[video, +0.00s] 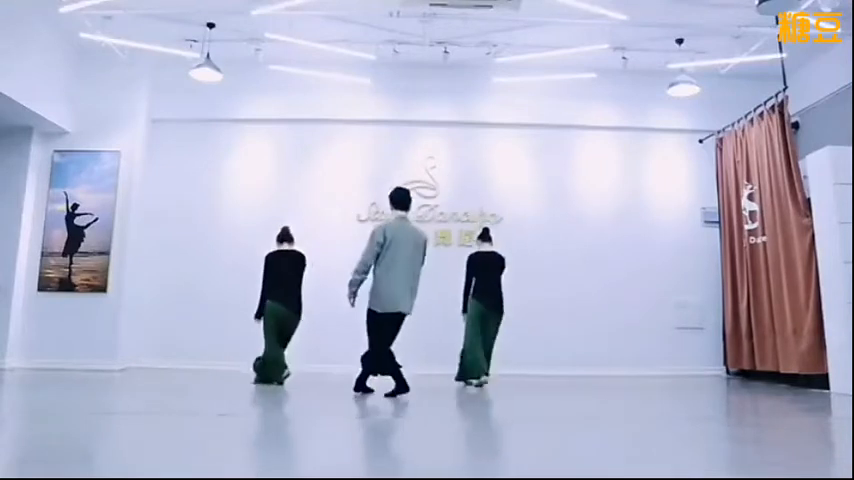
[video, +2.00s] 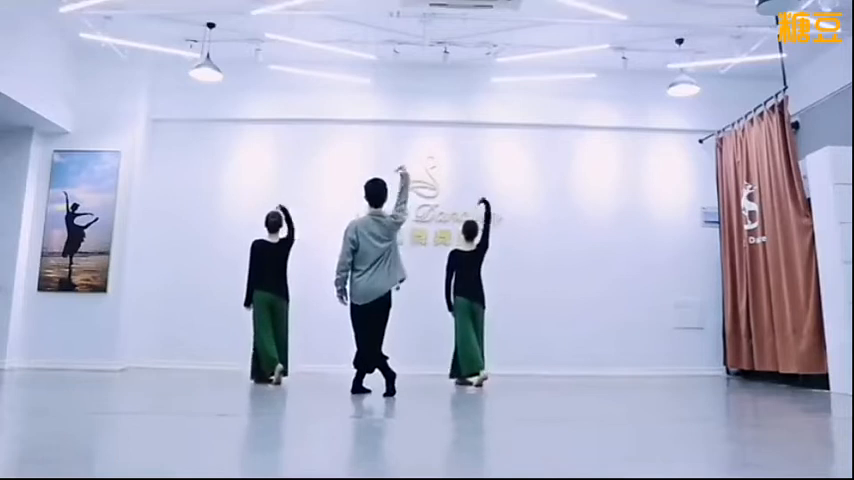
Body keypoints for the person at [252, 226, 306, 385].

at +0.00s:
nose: (285, 245)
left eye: (281, 242)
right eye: (287, 242)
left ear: (277, 241)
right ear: (293, 241)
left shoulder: (271, 257)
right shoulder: (301, 258)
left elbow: (266, 286)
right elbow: (297, 284)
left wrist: (260, 309)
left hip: (273, 303)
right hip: (294, 306)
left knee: (271, 340)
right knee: (281, 344)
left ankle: (279, 370)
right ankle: (265, 372)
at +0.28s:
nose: (279, 241)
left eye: (275, 238)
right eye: (283, 237)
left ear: (272, 237)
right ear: (288, 237)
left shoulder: (265, 252)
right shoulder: (294, 250)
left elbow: (261, 281)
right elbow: (293, 280)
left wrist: (256, 305)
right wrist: (296, 306)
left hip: (269, 300)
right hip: (290, 302)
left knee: (270, 338)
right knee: (279, 341)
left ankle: (279, 368)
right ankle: (264, 376)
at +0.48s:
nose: (279, 235)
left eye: (274, 232)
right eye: (281, 232)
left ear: (270, 232)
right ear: (286, 231)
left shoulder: (263, 247)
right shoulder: (292, 245)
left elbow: (258, 277)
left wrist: (254, 301)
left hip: (267, 296)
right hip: (287, 296)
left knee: (268, 334)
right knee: (283, 335)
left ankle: (278, 366)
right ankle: (267, 372)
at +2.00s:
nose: (274, 226)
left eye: (271, 223)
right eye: (277, 224)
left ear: (265, 226)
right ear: (281, 227)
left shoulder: (257, 245)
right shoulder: (285, 246)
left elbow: (252, 274)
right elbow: (291, 231)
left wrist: (248, 298)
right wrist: (287, 215)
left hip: (261, 292)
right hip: (280, 293)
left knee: (263, 330)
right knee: (278, 331)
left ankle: (275, 365)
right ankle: (266, 373)